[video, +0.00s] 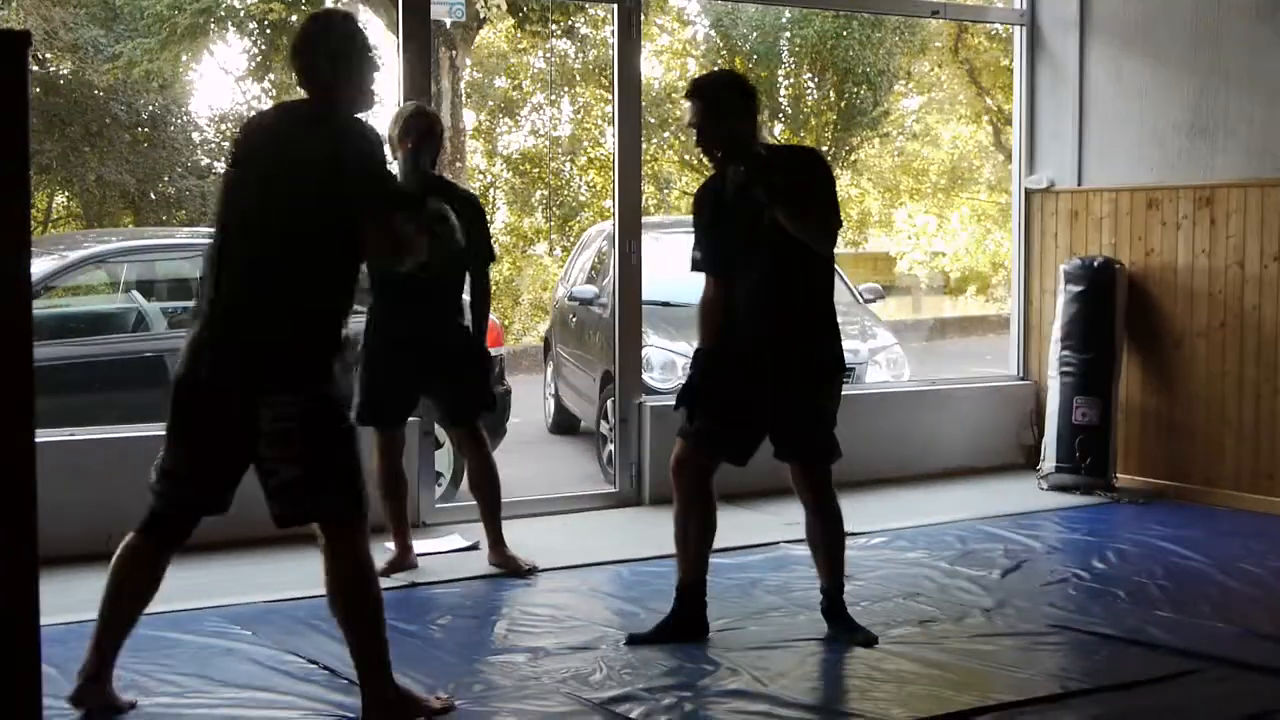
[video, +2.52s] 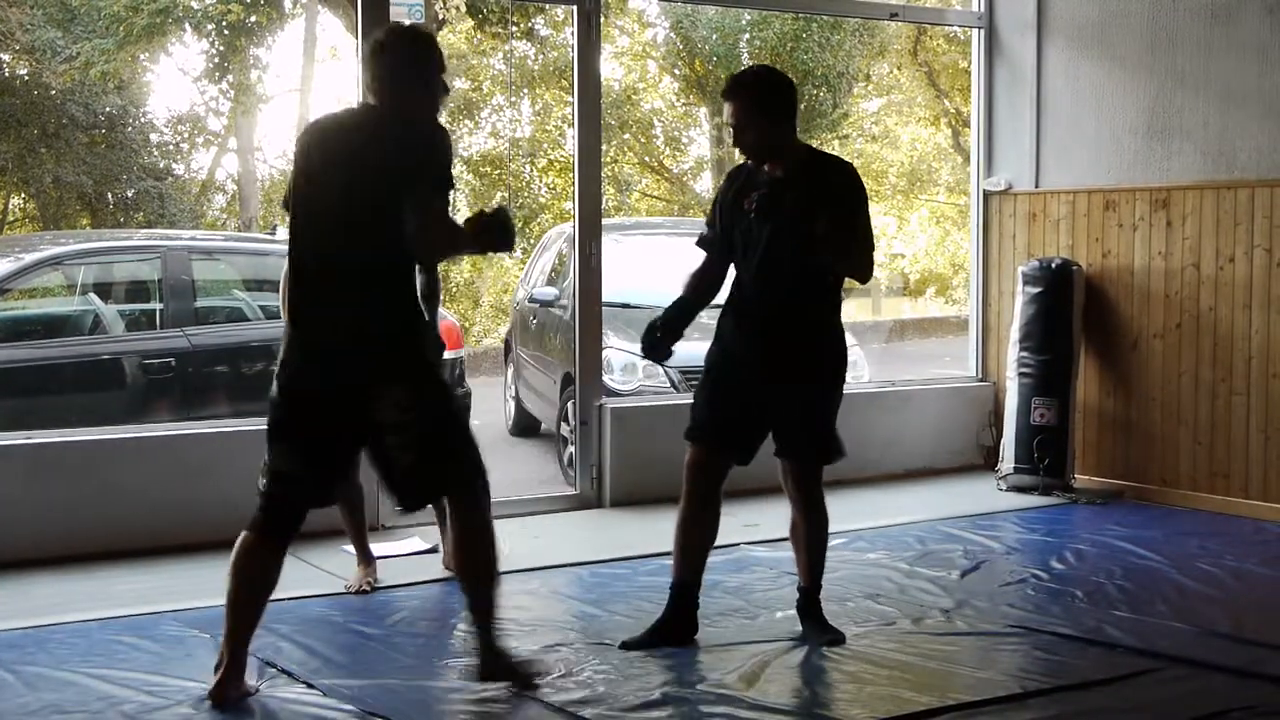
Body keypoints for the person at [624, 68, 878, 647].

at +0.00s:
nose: (698, 139)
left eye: (704, 125)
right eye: (695, 127)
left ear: (741, 116)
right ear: (714, 124)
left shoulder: (805, 166)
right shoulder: (712, 196)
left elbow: (823, 242)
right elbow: (715, 288)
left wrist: (764, 189)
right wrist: (703, 367)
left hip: (804, 354)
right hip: (736, 356)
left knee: (813, 480)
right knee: (689, 467)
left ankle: (835, 606)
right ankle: (689, 612)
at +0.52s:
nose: (673, 130)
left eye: (681, 117)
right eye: (671, 118)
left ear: (716, 113)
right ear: (686, 115)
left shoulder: (778, 165)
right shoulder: (680, 187)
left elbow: (807, 244)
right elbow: (679, 279)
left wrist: (741, 190)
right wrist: (669, 356)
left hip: (772, 352)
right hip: (701, 353)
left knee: (784, 479)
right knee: (658, 464)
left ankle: (801, 605)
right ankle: (655, 610)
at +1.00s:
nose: (668, 141)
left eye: (675, 128)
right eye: (665, 130)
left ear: (711, 119)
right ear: (677, 124)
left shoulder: (775, 171)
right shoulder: (676, 195)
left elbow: (801, 252)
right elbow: (678, 283)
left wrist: (734, 204)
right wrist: (674, 354)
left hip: (773, 355)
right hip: (703, 356)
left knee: (781, 482)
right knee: (658, 469)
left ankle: (797, 608)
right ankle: (651, 614)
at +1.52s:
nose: (705, 140)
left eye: (712, 128)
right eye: (702, 129)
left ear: (748, 122)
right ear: (721, 128)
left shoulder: (811, 169)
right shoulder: (719, 189)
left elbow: (846, 253)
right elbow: (734, 275)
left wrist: (776, 226)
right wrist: (734, 352)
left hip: (823, 348)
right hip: (758, 348)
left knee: (815, 477)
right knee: (730, 459)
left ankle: (804, 605)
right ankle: (784, 553)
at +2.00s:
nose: (738, 132)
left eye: (746, 120)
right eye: (734, 121)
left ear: (782, 115)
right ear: (741, 120)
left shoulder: (838, 168)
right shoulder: (747, 183)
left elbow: (857, 251)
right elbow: (733, 272)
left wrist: (807, 207)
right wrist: (708, 331)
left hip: (831, 343)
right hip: (766, 344)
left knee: (821, 478)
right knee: (758, 468)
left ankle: (814, 603)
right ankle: (798, 567)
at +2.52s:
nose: (732, 136)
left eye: (740, 123)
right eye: (730, 123)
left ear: (777, 117)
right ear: (745, 121)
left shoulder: (837, 178)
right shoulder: (740, 182)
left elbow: (859, 268)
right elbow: (713, 266)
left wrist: (800, 227)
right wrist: (674, 318)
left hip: (809, 351)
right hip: (739, 349)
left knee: (804, 481)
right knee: (700, 470)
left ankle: (811, 609)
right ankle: (680, 615)